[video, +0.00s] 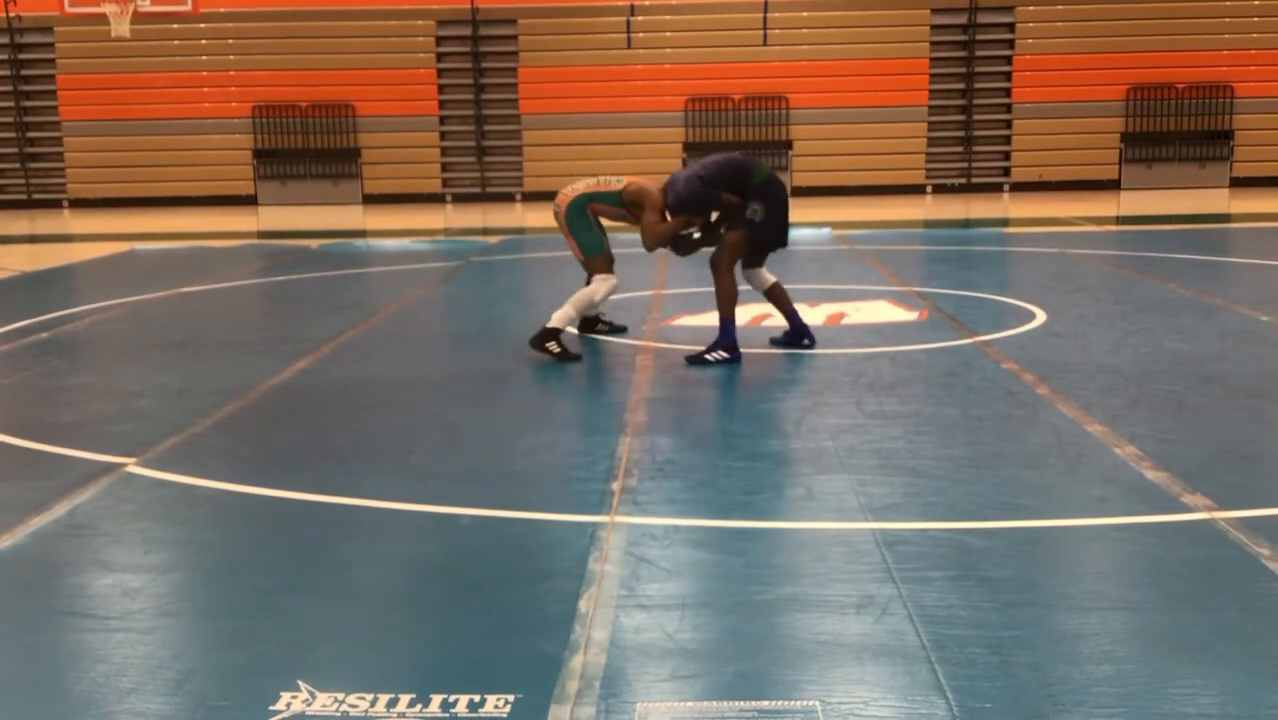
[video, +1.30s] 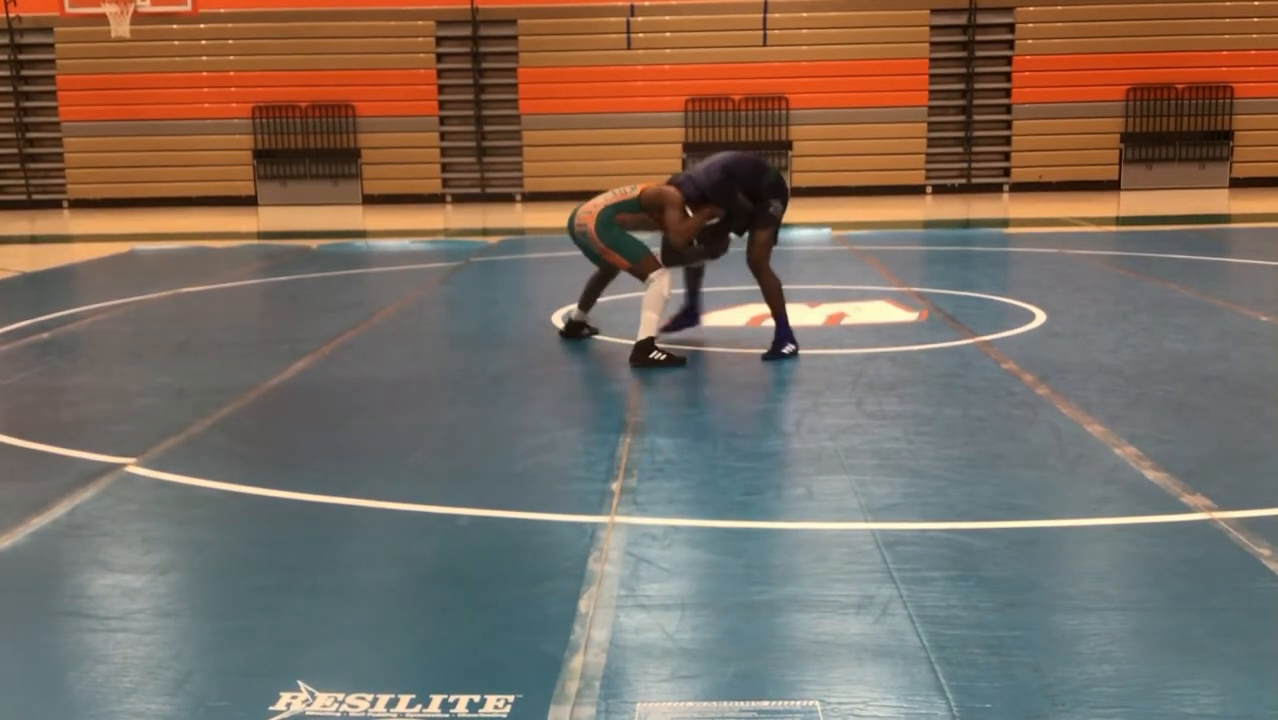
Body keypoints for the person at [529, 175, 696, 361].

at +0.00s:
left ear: (671, 190)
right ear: (678, 197)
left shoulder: (655, 200)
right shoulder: (651, 197)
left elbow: (679, 247)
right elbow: (651, 241)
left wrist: (704, 236)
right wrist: (685, 221)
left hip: (580, 206)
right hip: (573, 208)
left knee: (603, 266)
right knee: (605, 281)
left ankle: (589, 320)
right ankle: (548, 335)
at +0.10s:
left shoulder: (653, 199)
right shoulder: (651, 198)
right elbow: (648, 240)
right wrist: (683, 219)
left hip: (583, 205)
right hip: (573, 206)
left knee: (603, 264)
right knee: (604, 279)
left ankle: (589, 320)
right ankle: (548, 334)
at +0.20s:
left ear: (668, 188)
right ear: (674, 199)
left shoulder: (651, 194)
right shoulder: (647, 194)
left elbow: (643, 230)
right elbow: (640, 235)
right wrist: (678, 216)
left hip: (583, 205)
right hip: (574, 206)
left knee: (604, 262)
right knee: (602, 280)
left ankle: (590, 319)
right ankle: (547, 335)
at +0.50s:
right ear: (676, 179)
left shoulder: (652, 187)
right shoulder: (651, 187)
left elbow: (649, 228)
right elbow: (646, 232)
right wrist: (681, 211)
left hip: (582, 206)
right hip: (576, 208)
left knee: (606, 264)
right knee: (605, 282)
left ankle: (590, 319)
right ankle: (548, 335)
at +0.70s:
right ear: (683, 178)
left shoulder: (659, 185)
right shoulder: (660, 187)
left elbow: (670, 231)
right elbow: (666, 232)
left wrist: (707, 224)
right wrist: (698, 208)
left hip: (574, 200)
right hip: (578, 206)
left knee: (594, 266)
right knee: (607, 285)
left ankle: (579, 319)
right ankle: (548, 335)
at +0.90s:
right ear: (694, 198)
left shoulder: (661, 193)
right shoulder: (670, 200)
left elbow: (681, 246)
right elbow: (682, 253)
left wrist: (703, 223)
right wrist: (709, 222)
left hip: (577, 217)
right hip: (596, 222)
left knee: (603, 267)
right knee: (653, 273)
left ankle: (580, 316)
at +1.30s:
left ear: (679, 182)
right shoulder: (672, 196)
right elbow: (679, 235)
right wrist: (707, 213)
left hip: (578, 223)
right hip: (599, 227)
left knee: (610, 267)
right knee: (658, 276)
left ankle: (576, 322)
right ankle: (645, 347)